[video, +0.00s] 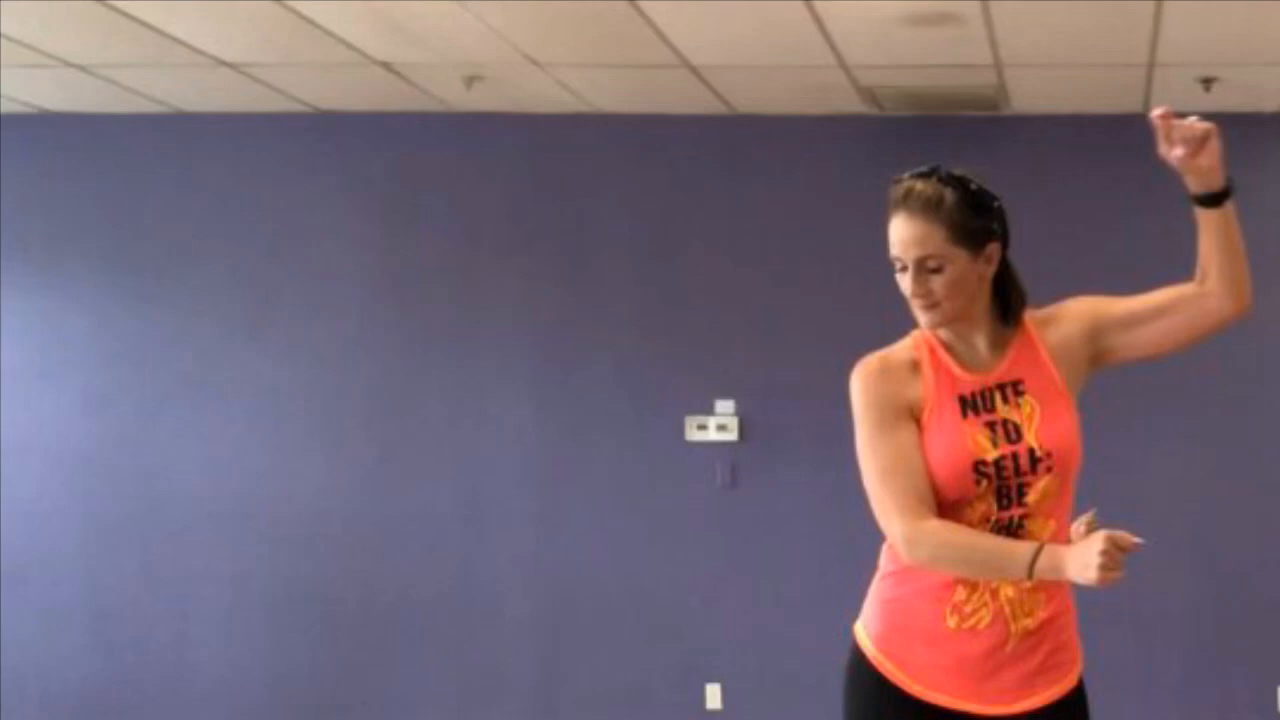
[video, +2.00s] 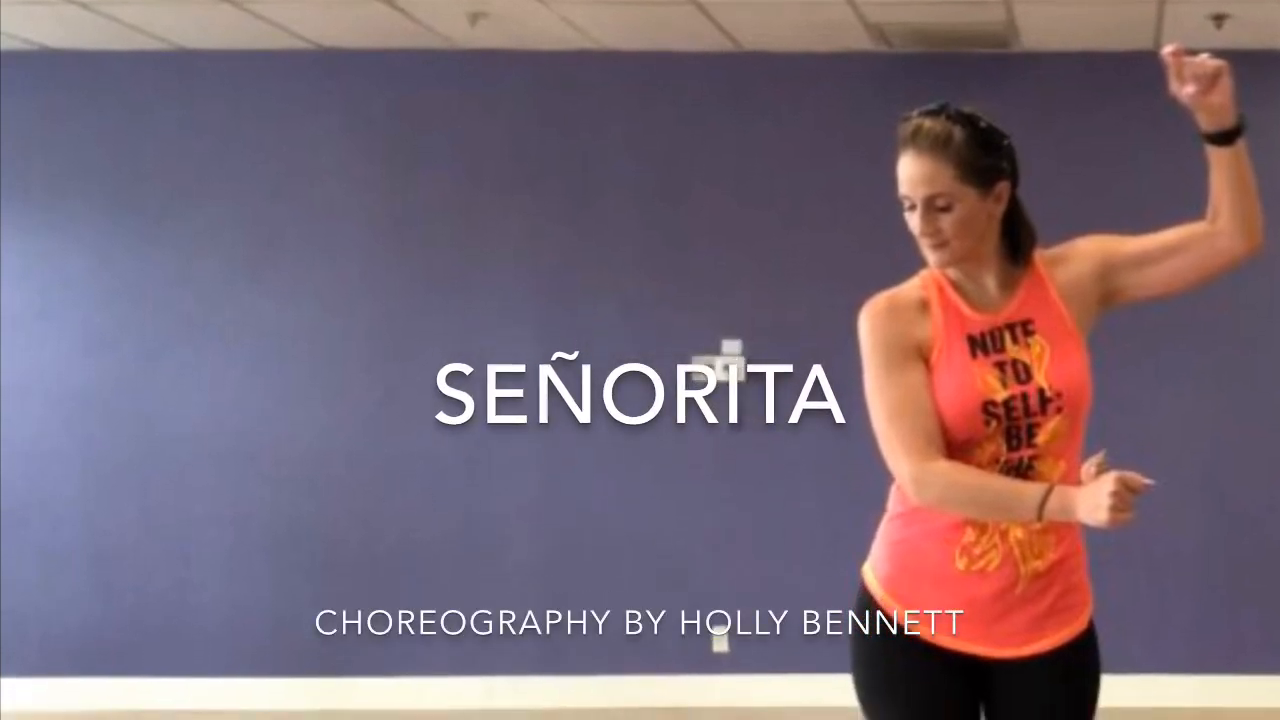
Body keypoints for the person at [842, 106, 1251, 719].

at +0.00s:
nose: (912, 289)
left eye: (931, 267)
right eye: (900, 269)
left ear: (990, 257)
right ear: (891, 266)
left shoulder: (1070, 336)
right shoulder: (885, 380)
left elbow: (1225, 296)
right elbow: (913, 535)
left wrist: (1208, 186)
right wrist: (1057, 560)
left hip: (1037, 684)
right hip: (905, 684)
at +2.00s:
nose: (922, 226)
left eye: (941, 207)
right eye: (910, 208)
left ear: (999, 194)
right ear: (900, 203)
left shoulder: (1079, 275)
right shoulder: (894, 319)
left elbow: (1236, 235)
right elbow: (922, 476)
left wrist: (1220, 125)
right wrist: (1066, 500)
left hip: (1046, 631)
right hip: (914, 630)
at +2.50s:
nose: (924, 211)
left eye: (943, 190)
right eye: (911, 192)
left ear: (1001, 179)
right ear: (902, 187)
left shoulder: (1081, 260)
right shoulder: (896, 305)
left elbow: (1238, 220)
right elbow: (925, 460)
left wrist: (1222, 108)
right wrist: (1068, 486)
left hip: (1048, 618)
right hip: (916, 618)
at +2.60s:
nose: (924, 207)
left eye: (944, 187)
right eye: (912, 189)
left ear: (1001, 176)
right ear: (902, 184)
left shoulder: (1082, 256)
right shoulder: (896, 301)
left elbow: (1240, 218)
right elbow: (925, 457)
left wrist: (1222, 105)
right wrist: (1068, 483)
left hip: (1048, 616)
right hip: (915, 615)